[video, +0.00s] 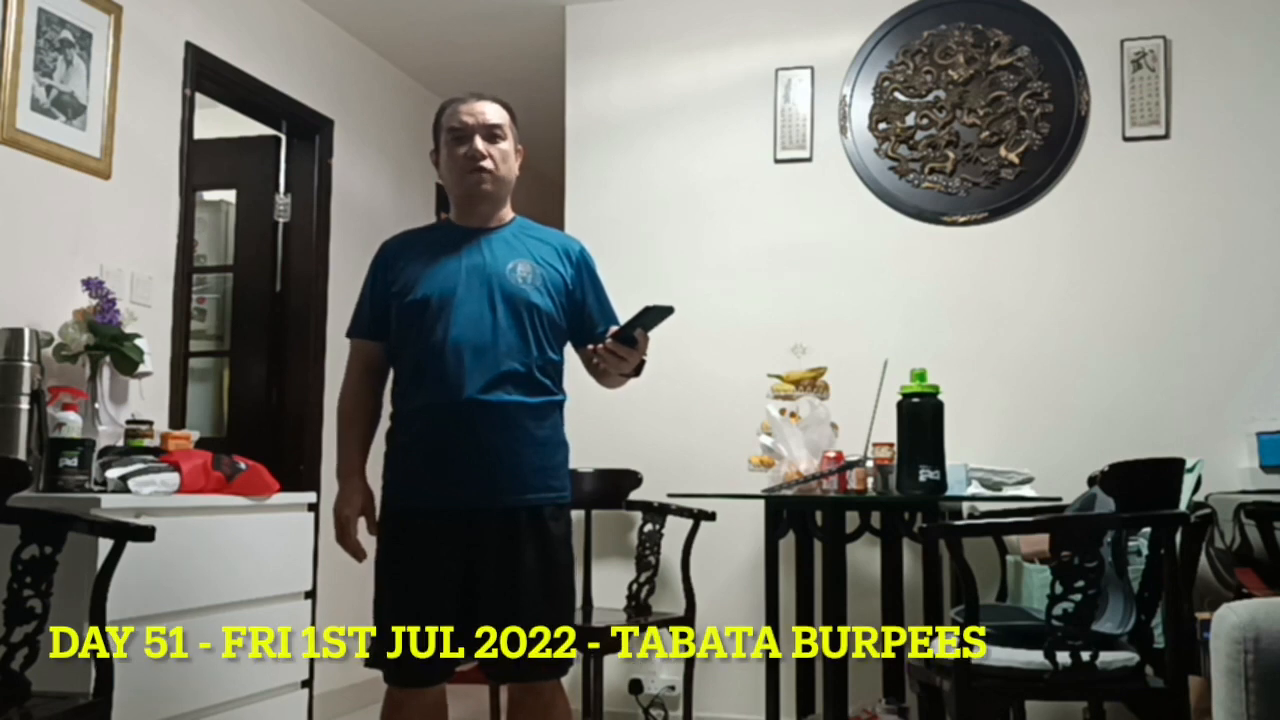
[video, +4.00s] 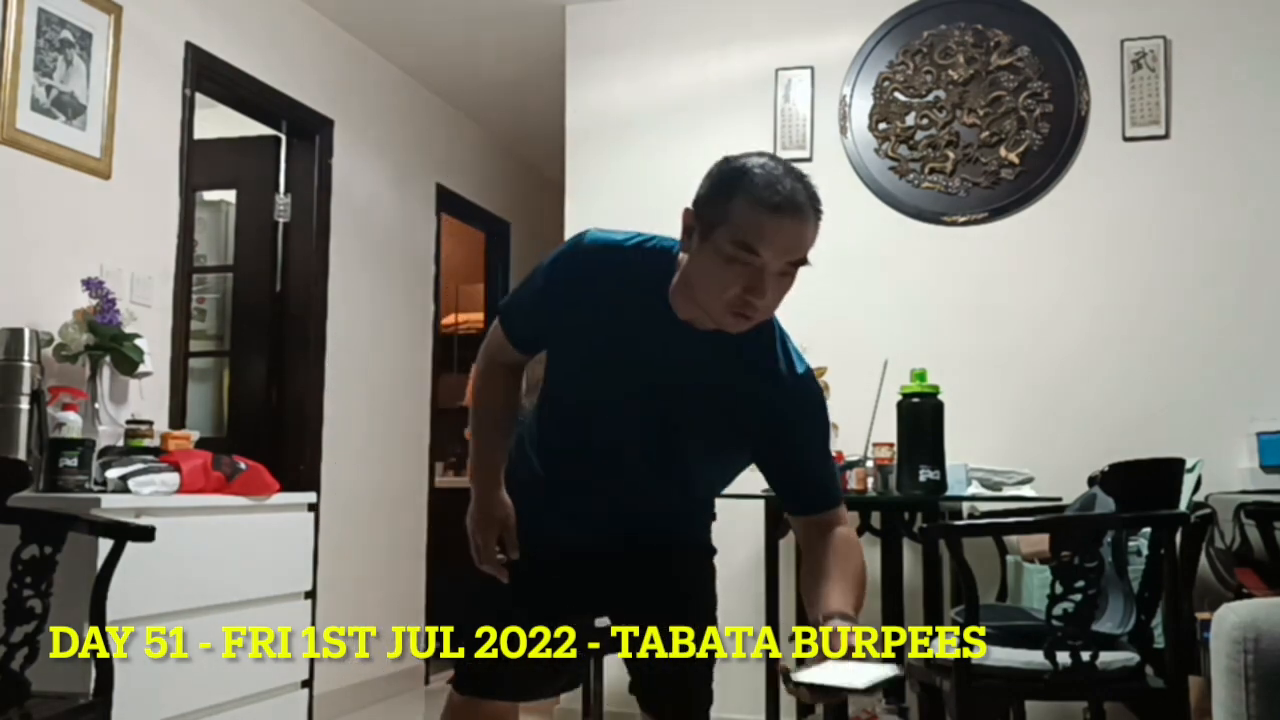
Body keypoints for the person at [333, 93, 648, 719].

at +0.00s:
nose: (477, 146)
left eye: (492, 135)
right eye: (459, 137)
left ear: (519, 158)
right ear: (437, 162)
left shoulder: (563, 253)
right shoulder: (399, 255)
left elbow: (604, 361)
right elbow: (364, 374)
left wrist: (622, 363)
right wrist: (351, 475)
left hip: (529, 496)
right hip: (421, 496)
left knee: (536, 680)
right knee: (412, 681)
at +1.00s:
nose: (478, 146)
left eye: (494, 135)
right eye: (460, 137)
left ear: (519, 159)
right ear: (438, 162)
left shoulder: (563, 253)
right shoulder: (400, 256)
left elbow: (603, 363)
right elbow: (365, 375)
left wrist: (622, 362)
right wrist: (352, 476)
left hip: (528, 496)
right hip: (422, 496)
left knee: (536, 680)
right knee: (412, 681)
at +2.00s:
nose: (477, 146)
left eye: (493, 134)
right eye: (460, 137)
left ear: (519, 159)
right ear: (438, 161)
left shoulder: (563, 253)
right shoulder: (400, 256)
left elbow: (603, 363)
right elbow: (365, 376)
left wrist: (622, 362)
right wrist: (352, 477)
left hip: (528, 497)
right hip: (421, 497)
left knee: (536, 680)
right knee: (413, 681)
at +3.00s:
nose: (472, 147)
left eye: (488, 136)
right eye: (455, 137)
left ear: (513, 160)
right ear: (432, 159)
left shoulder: (557, 255)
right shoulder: (392, 258)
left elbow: (600, 364)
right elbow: (358, 380)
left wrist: (617, 363)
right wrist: (346, 483)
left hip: (523, 501)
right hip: (415, 500)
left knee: (533, 683)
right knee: (407, 685)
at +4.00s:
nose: (764, 293)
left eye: (789, 270)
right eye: (743, 258)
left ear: (801, 265)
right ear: (691, 229)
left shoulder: (782, 387)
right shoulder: (589, 269)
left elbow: (827, 524)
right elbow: (499, 358)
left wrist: (834, 619)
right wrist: (486, 488)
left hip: (669, 544)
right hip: (546, 522)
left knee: (681, 708)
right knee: (482, 701)